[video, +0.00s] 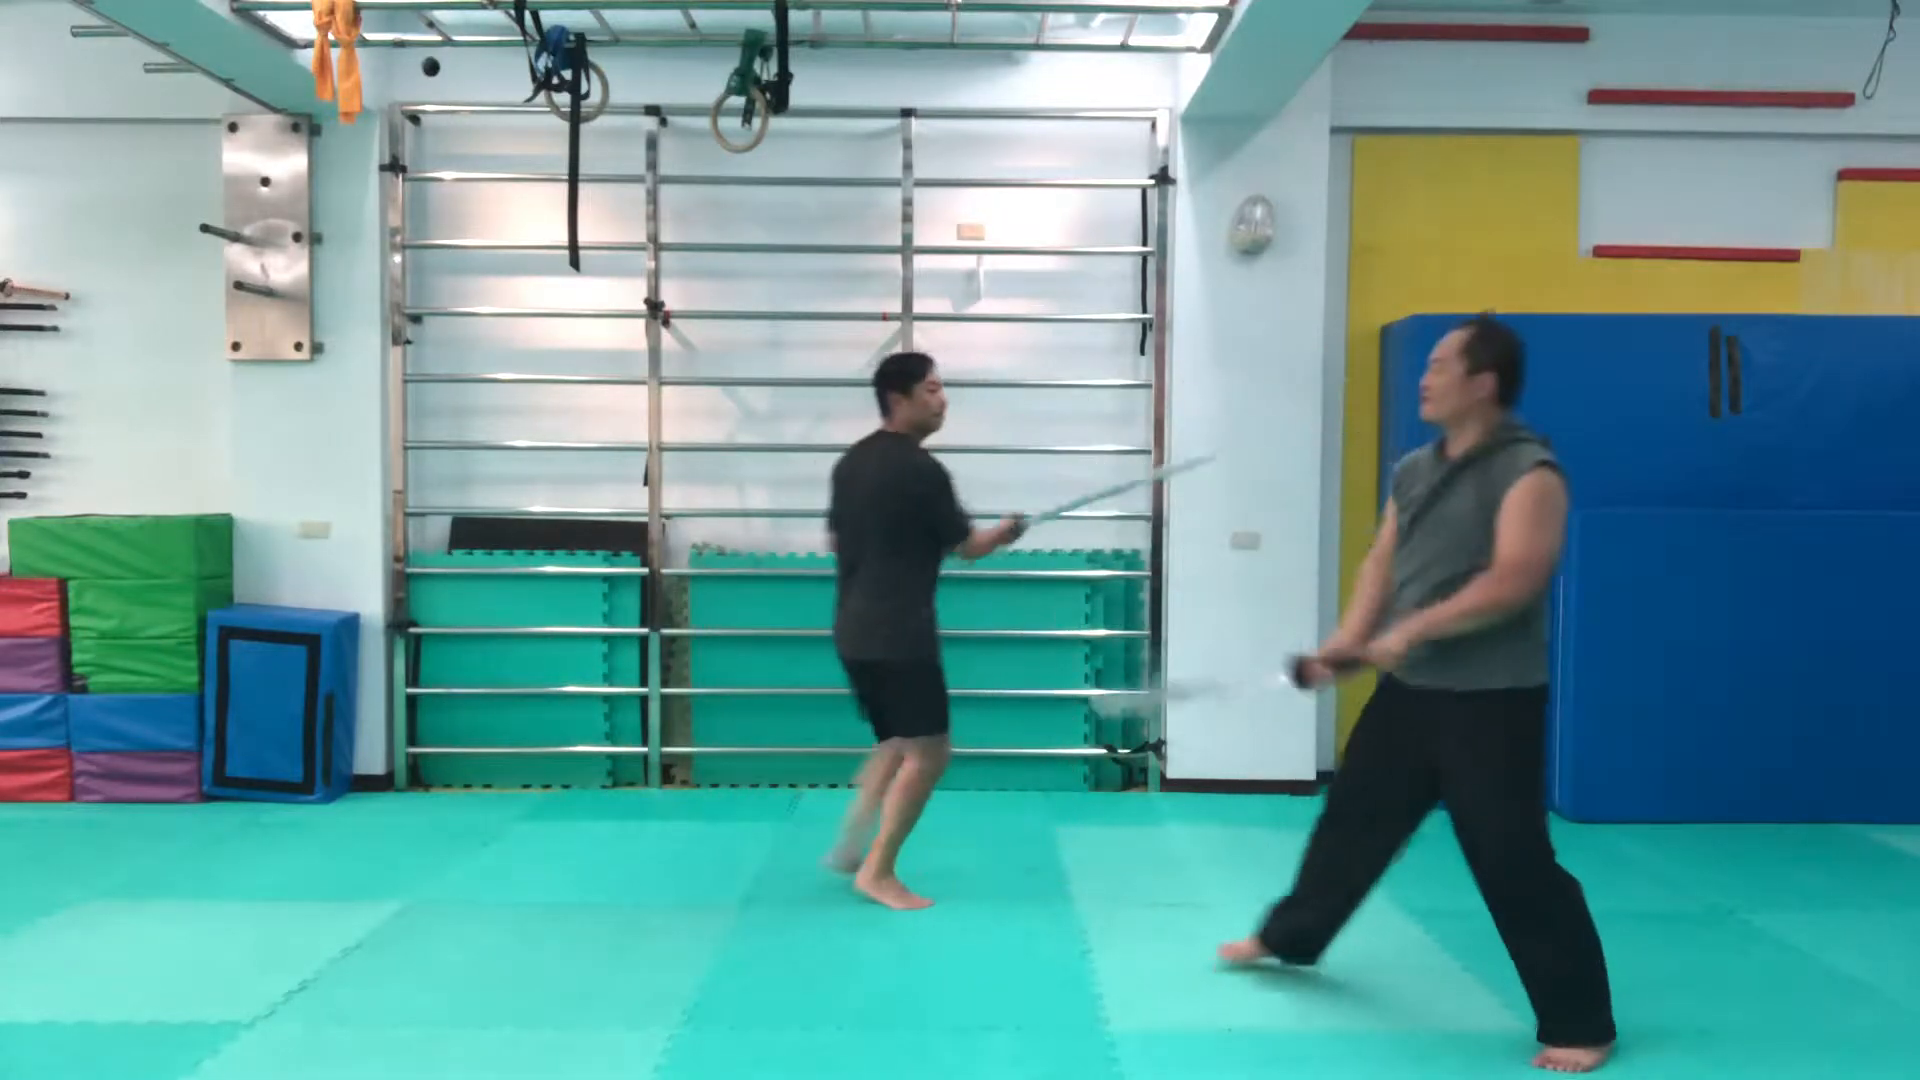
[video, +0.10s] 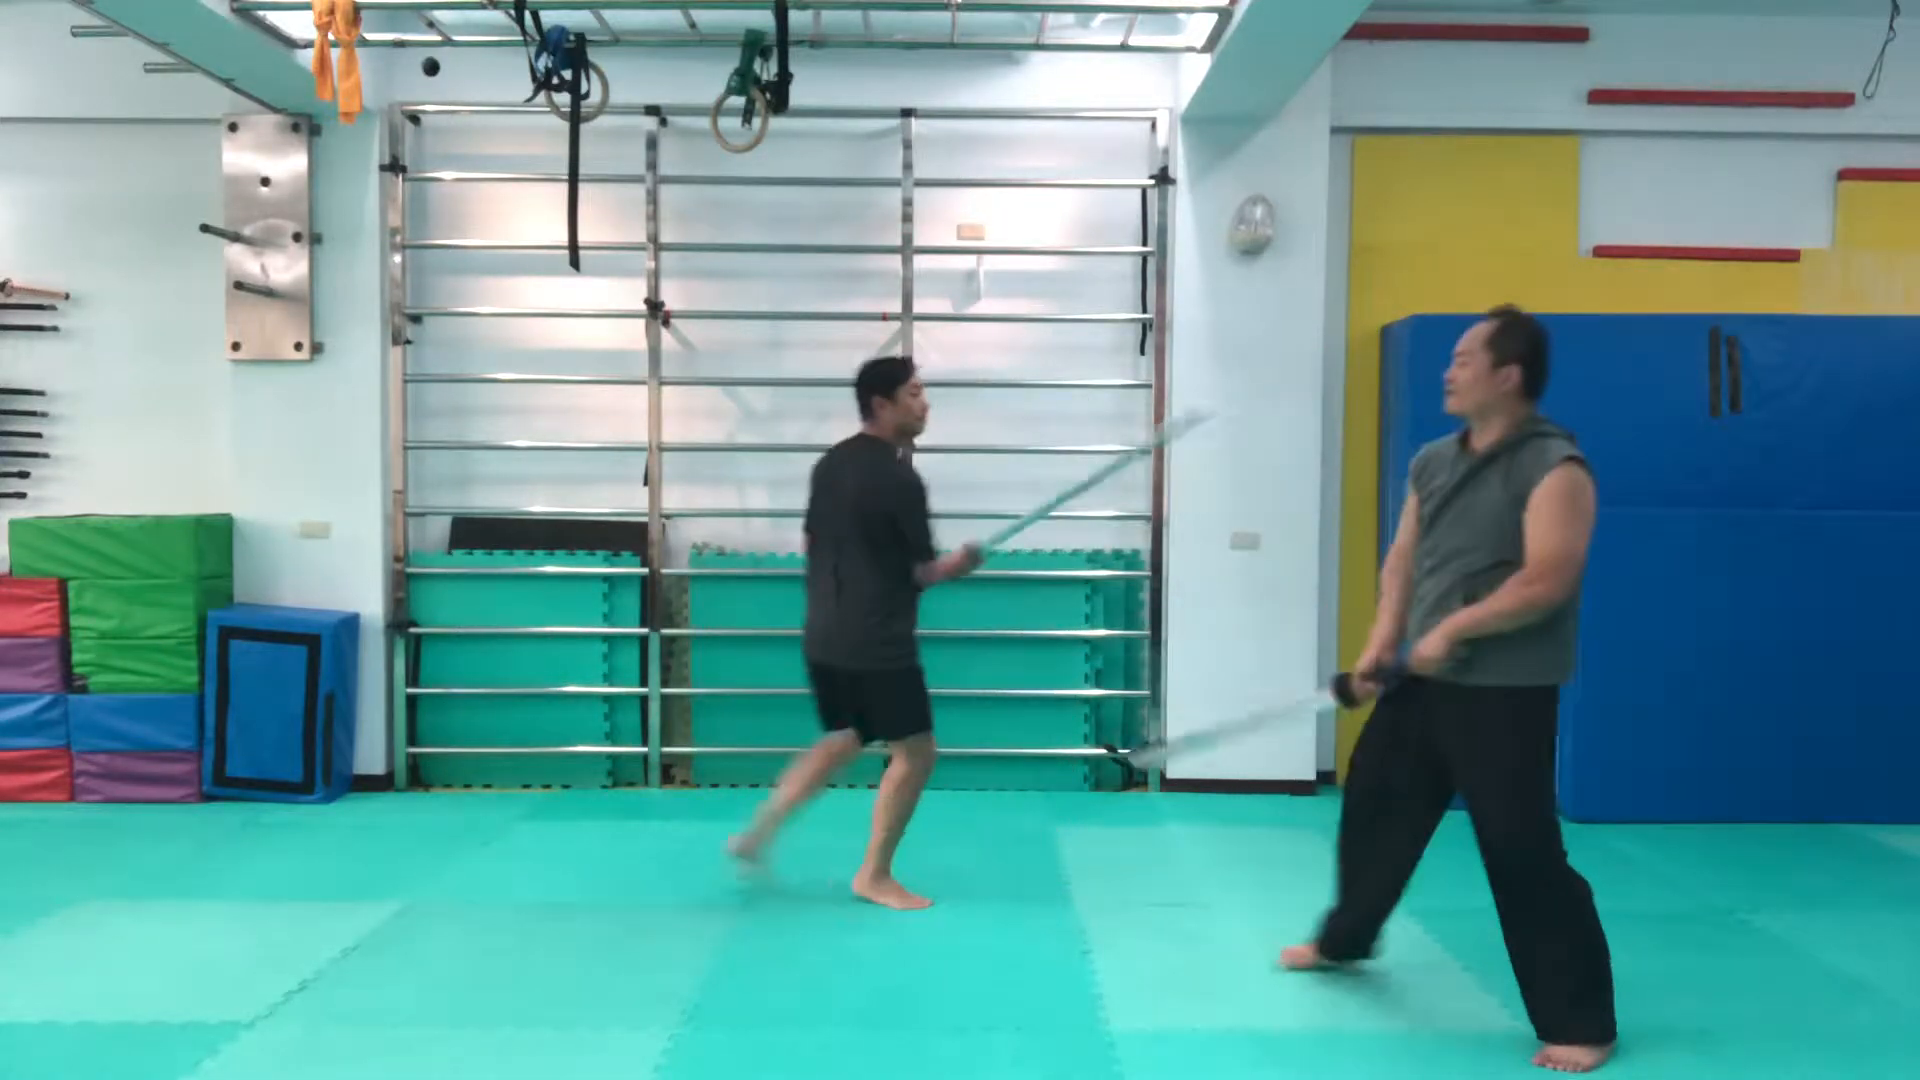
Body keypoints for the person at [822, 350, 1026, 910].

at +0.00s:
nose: (943, 398)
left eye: (940, 388)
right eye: (932, 391)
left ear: (894, 402)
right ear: (899, 400)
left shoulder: (851, 463)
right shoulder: (923, 469)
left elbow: (839, 542)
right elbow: (969, 546)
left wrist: (902, 536)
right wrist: (1006, 532)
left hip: (855, 633)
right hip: (903, 635)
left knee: (895, 743)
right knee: (930, 752)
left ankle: (847, 850)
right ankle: (877, 873)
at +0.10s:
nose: (926, 403)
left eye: (923, 392)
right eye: (915, 394)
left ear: (874, 406)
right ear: (881, 404)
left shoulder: (830, 464)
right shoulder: (900, 477)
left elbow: (818, 547)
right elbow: (924, 570)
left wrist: (892, 567)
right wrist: (957, 563)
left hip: (827, 639)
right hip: (881, 643)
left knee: (847, 736)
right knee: (915, 755)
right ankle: (874, 876)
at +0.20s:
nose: (899, 410)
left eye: (896, 399)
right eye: (890, 401)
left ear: (849, 412)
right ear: (858, 410)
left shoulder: (806, 469)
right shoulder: (870, 485)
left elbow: (800, 555)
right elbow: (865, 580)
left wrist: (886, 579)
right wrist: (908, 583)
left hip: (794, 645)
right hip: (847, 649)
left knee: (777, 743)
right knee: (895, 751)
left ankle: (669, 840)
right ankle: (872, 877)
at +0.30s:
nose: (863, 416)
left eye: (860, 405)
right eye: (854, 407)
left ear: (815, 418)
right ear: (823, 417)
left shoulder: (774, 471)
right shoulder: (827, 486)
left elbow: (770, 567)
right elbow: (828, 582)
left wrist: (846, 604)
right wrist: (877, 590)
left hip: (750, 652)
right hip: (806, 656)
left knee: (706, 757)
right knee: (867, 753)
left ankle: (615, 865)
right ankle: (871, 878)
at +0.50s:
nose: (789, 421)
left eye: (786, 410)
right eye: (780, 412)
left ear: (741, 421)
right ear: (746, 419)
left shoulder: (704, 475)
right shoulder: (744, 485)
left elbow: (693, 585)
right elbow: (745, 584)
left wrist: (763, 629)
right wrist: (810, 590)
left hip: (671, 655)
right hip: (718, 655)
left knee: (666, 767)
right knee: (801, 748)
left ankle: (597, 893)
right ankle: (830, 884)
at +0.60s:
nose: (768, 410)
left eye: (766, 399)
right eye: (757, 400)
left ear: (718, 411)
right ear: (722, 408)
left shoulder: (682, 467)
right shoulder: (723, 475)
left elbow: (686, 567)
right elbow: (729, 575)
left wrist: (749, 610)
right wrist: (797, 580)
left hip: (651, 647)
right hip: (701, 649)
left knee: (652, 764)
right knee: (779, 749)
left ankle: (594, 894)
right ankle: (758, 896)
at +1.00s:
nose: (748, 418)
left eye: (745, 407)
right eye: (736, 409)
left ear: (694, 420)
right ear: (699, 419)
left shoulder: (657, 471)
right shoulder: (693, 491)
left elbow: (663, 569)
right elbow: (723, 592)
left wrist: (734, 606)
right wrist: (799, 586)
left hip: (593, 650)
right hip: (643, 660)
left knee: (613, 760)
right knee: (711, 779)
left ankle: (520, 869)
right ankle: (681, 928)